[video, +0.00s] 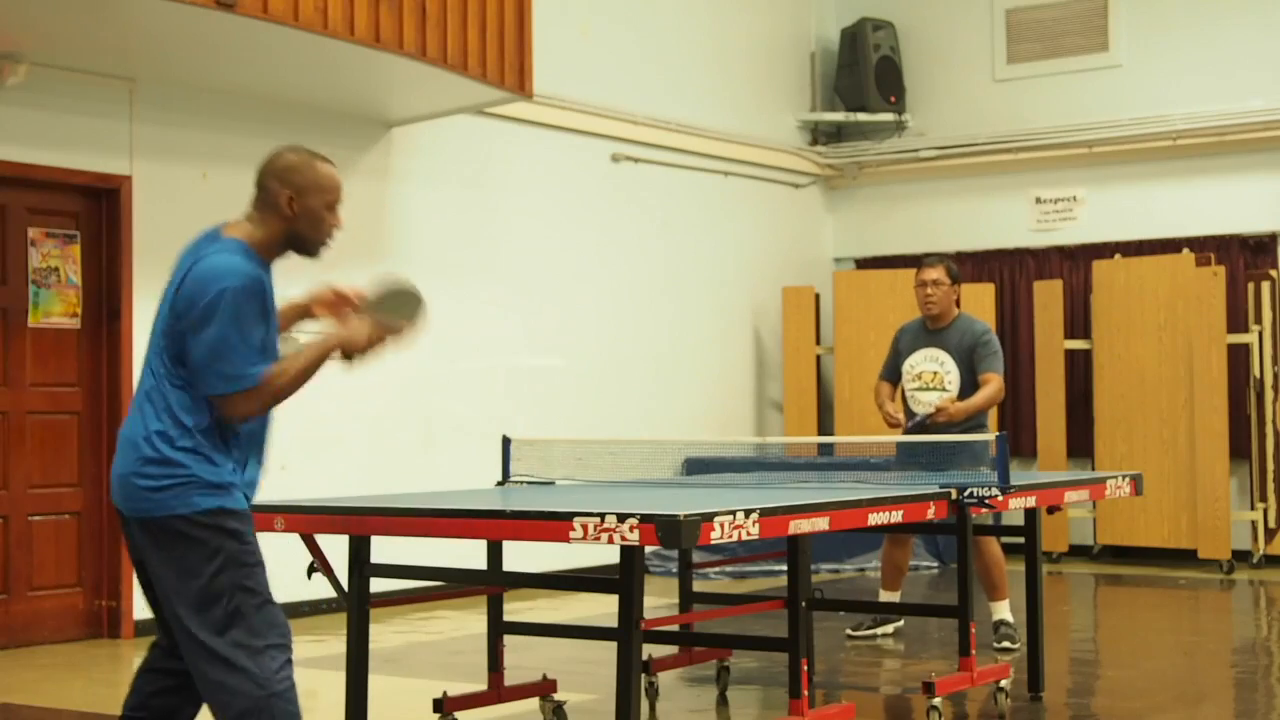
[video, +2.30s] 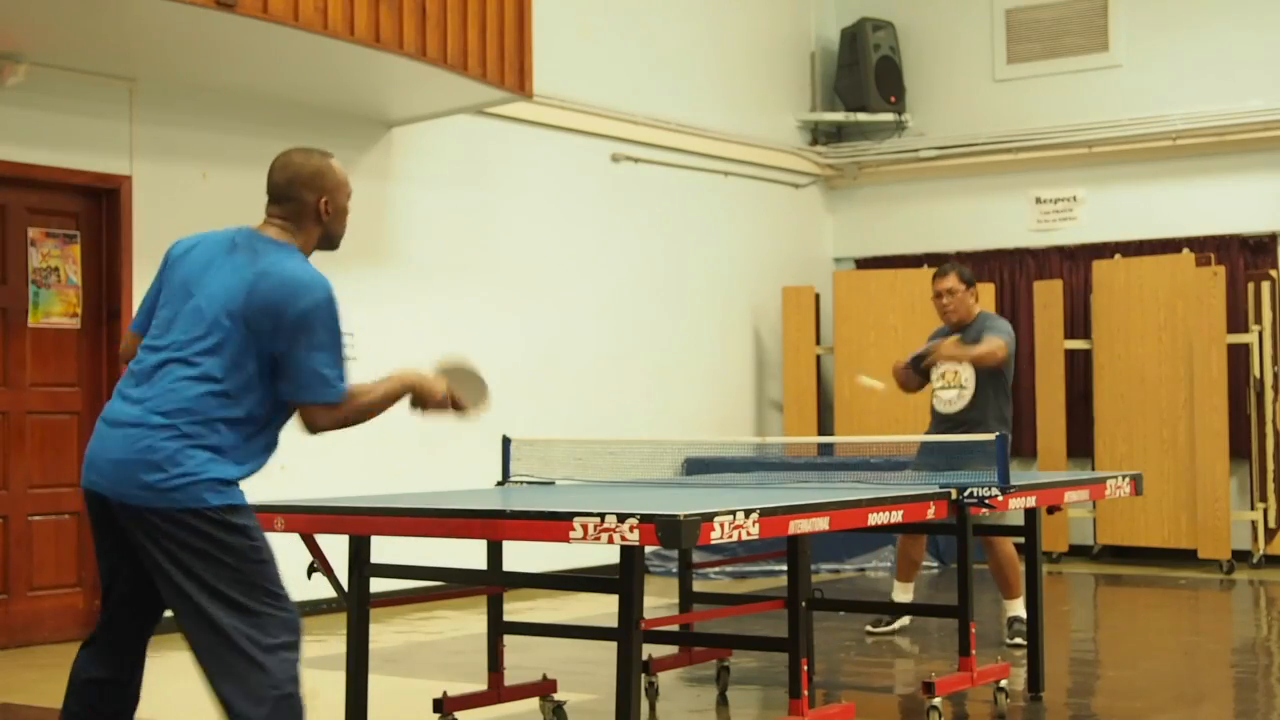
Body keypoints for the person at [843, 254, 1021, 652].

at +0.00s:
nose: (927, 293)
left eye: (935, 285)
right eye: (921, 286)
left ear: (955, 291)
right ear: (915, 291)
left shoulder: (979, 335)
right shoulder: (906, 335)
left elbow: (994, 387)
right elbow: (884, 385)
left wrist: (962, 409)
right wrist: (887, 406)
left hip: (965, 450)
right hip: (914, 450)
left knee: (979, 530)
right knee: (898, 528)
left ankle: (1002, 618)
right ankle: (887, 612)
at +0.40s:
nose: (914, 309)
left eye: (921, 301)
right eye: (908, 303)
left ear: (943, 300)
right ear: (904, 306)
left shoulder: (969, 333)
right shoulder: (910, 344)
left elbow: (987, 371)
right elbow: (894, 394)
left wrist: (930, 386)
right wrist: (880, 389)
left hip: (965, 452)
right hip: (917, 452)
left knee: (979, 532)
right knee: (892, 528)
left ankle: (1003, 620)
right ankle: (888, 614)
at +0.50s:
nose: (912, 300)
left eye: (919, 292)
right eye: (907, 294)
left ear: (941, 291)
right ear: (903, 298)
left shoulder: (965, 321)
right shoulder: (909, 335)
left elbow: (965, 346)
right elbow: (886, 386)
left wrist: (931, 343)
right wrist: (874, 369)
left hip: (964, 445)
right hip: (917, 445)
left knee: (977, 529)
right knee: (890, 521)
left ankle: (1003, 618)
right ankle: (884, 607)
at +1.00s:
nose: (908, 296)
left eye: (916, 288)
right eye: (901, 289)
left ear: (934, 291)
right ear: (895, 295)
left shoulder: (959, 333)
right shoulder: (888, 341)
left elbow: (984, 380)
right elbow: (866, 387)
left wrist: (951, 395)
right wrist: (872, 404)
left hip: (956, 448)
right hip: (905, 449)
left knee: (983, 525)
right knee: (890, 526)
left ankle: (1016, 613)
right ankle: (884, 612)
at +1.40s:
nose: (936, 302)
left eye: (943, 294)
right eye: (930, 296)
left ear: (965, 294)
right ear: (926, 300)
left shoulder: (985, 328)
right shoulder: (927, 341)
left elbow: (994, 350)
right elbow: (911, 383)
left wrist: (952, 345)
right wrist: (899, 380)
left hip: (980, 447)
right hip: (934, 445)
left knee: (987, 529)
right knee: (906, 521)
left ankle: (1016, 614)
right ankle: (885, 605)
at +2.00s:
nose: (947, 297)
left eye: (955, 290)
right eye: (941, 291)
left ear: (974, 291)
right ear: (935, 295)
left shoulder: (1000, 334)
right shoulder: (930, 338)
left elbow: (1020, 384)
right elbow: (908, 387)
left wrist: (975, 401)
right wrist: (907, 402)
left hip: (982, 449)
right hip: (933, 449)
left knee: (996, 528)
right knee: (914, 524)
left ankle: (1016, 615)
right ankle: (904, 609)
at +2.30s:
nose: (943, 303)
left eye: (950, 294)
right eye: (938, 297)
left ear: (972, 294)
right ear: (935, 299)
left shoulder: (995, 327)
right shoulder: (940, 337)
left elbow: (994, 353)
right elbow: (912, 384)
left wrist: (946, 353)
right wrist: (902, 371)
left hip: (983, 447)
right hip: (937, 446)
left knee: (992, 528)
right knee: (912, 519)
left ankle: (1016, 614)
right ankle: (900, 606)